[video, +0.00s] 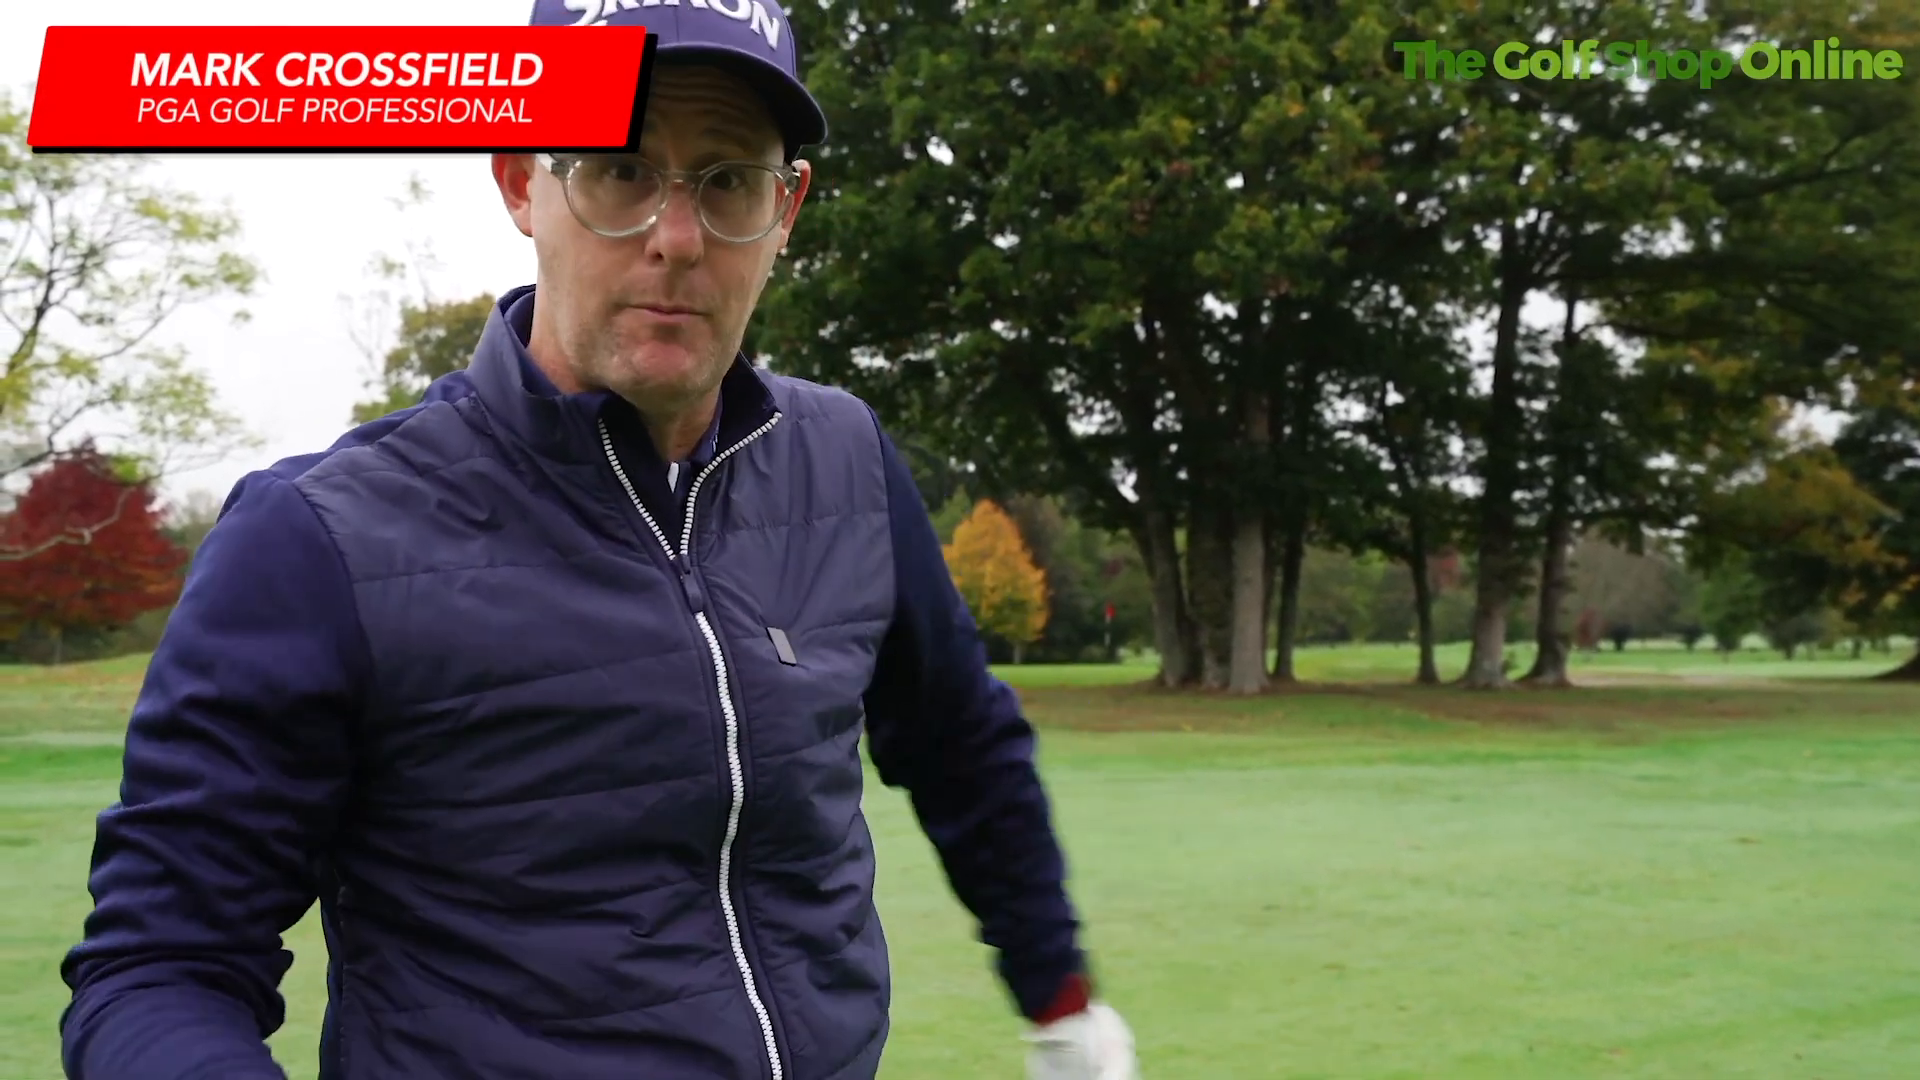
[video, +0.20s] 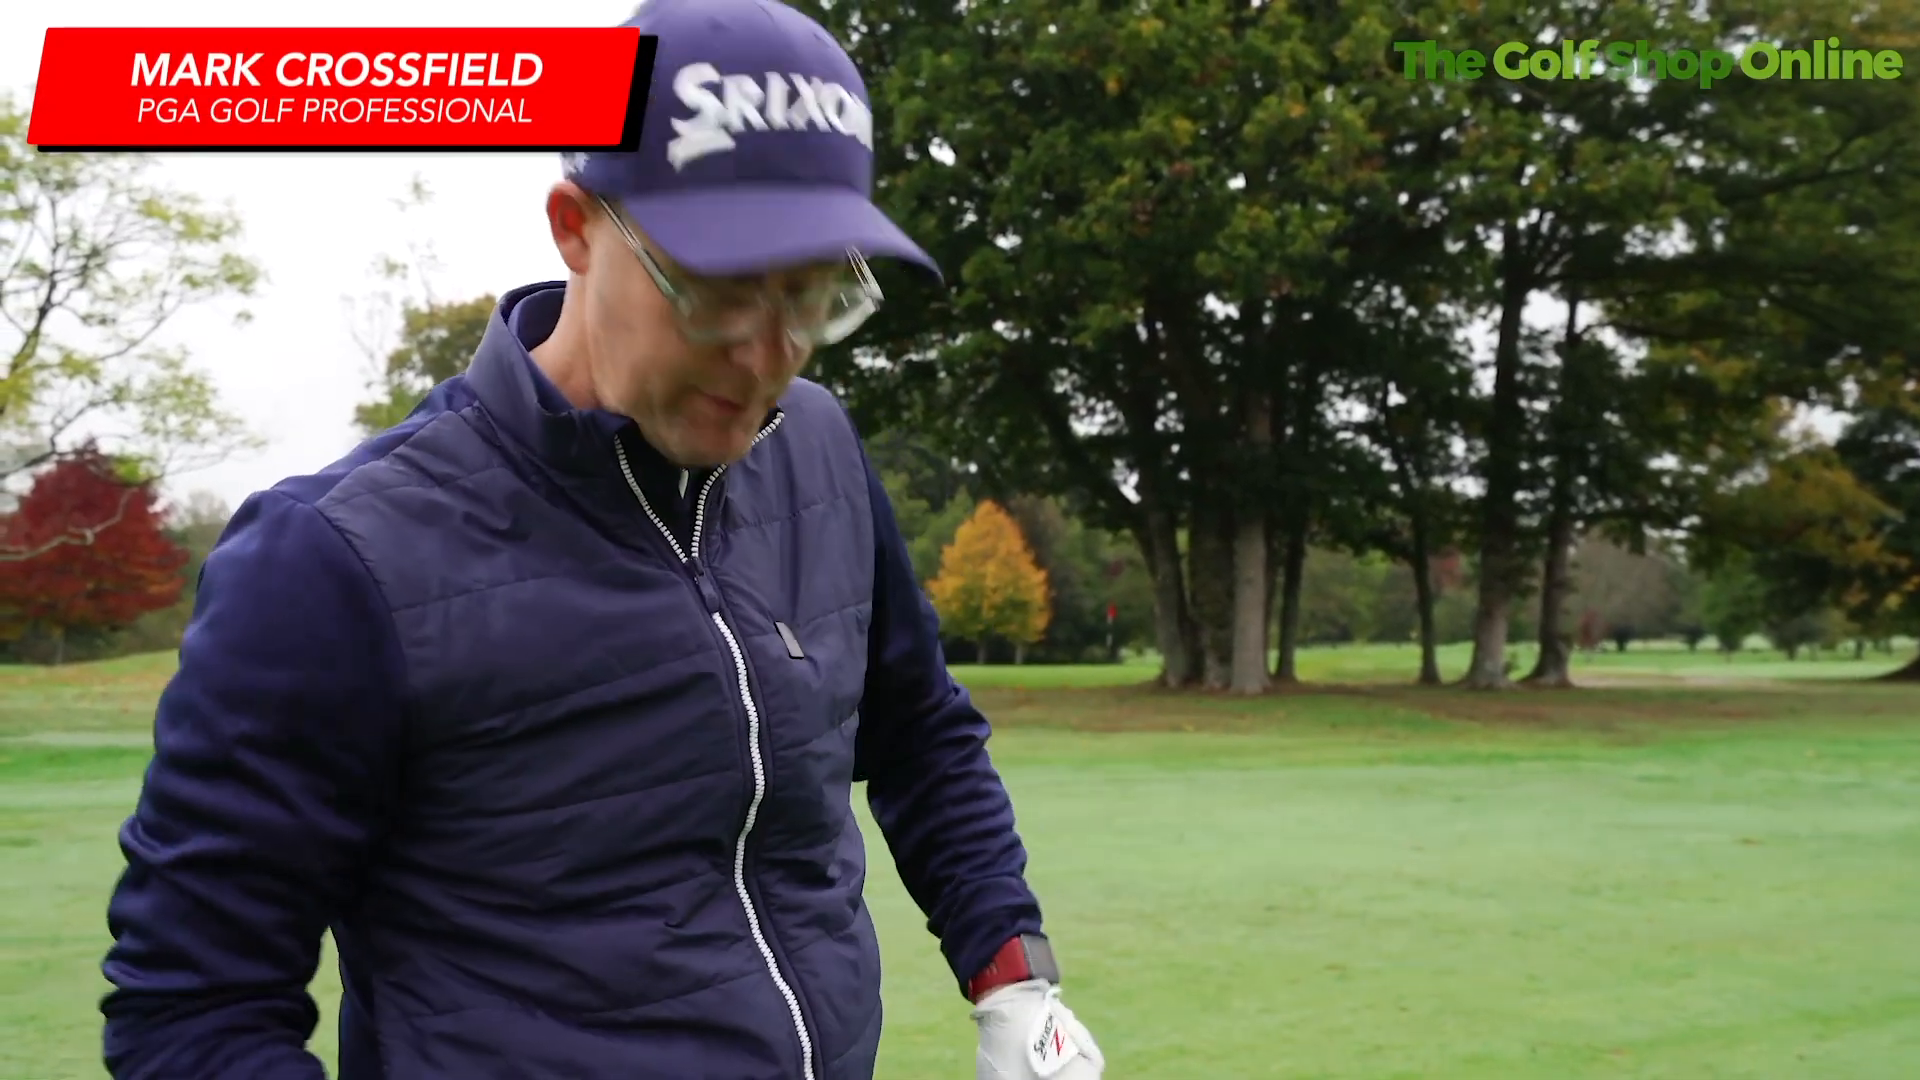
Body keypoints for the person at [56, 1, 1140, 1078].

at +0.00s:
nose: (675, 234)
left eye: (724, 178)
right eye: (621, 176)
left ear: (787, 219)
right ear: (526, 195)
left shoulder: (843, 469)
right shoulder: (321, 541)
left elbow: (966, 750)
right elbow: (161, 960)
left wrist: (1060, 998)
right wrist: (221, 1078)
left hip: (822, 1055)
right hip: (471, 1059)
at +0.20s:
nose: (760, 359)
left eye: (804, 298)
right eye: (707, 291)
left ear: (844, 268)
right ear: (577, 233)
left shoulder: (816, 454)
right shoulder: (334, 567)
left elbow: (923, 740)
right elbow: (194, 1002)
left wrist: (1010, 976)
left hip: (819, 1061)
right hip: (498, 1065)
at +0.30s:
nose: (800, 401)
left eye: (836, 344)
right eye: (753, 336)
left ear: (873, 296)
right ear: (610, 259)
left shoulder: (814, 467)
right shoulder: (345, 566)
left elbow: (932, 730)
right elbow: (227, 1015)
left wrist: (1010, 943)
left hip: (819, 1057)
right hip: (510, 1061)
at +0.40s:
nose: (799, 401)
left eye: (839, 348)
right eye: (756, 335)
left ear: (876, 304)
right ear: (622, 258)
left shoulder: (816, 473)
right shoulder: (364, 553)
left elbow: (950, 717)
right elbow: (235, 1012)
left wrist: (986, 887)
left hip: (826, 1063)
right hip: (552, 1065)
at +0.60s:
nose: (792, 408)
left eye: (848, 360)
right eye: (760, 334)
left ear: (887, 342)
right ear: (637, 249)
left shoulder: (829, 479)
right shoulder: (367, 536)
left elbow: (977, 697)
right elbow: (254, 1009)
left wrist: (992, 818)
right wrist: (627, 1028)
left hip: (810, 1065)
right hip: (516, 1079)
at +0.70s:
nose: (779, 375)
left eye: (832, 324)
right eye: (746, 298)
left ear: (872, 320)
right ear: (629, 230)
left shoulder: (831, 470)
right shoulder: (365, 533)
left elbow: (976, 704)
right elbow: (259, 1002)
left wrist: (984, 805)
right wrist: (641, 1006)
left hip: (812, 1061)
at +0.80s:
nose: (763, 324)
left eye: (816, 271)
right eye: (720, 246)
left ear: (858, 281)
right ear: (609, 216)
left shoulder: (835, 466)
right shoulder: (366, 529)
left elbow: (987, 712)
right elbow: (250, 988)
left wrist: (989, 807)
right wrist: (629, 1003)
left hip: (814, 1063)